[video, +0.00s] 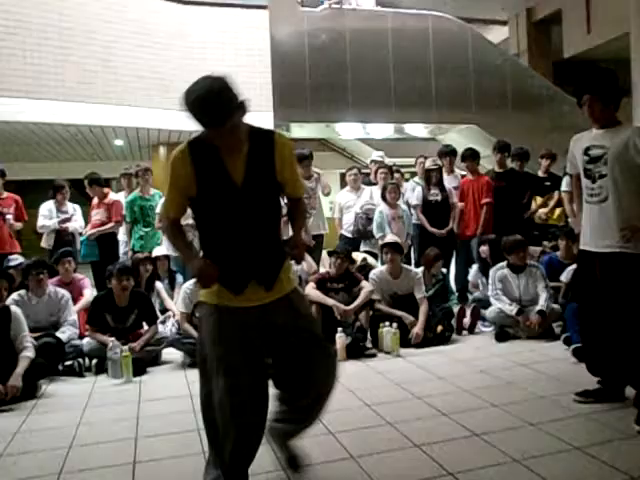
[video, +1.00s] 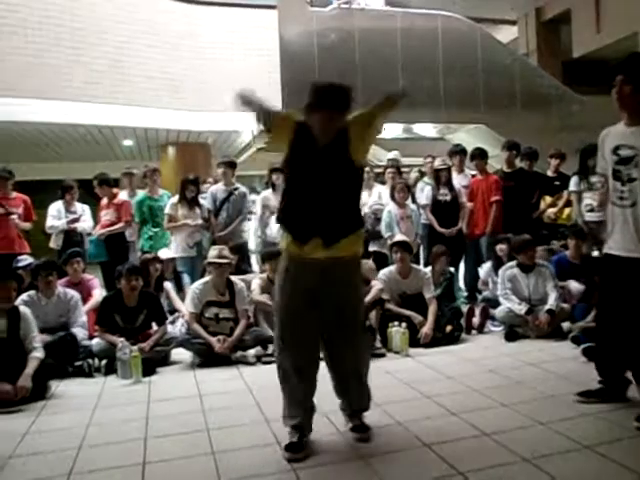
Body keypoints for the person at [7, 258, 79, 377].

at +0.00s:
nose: (41, 277)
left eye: (43, 273)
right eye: (36, 274)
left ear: (48, 277)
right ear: (27, 280)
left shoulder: (62, 296)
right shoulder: (16, 300)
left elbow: (72, 327)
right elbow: (12, 330)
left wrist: (54, 339)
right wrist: (28, 337)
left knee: (46, 345)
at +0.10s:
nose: (41, 277)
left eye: (43, 273)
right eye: (36, 274)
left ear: (48, 277)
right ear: (27, 280)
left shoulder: (62, 296)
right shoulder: (16, 300)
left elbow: (72, 327)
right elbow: (11, 330)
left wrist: (54, 339)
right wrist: (28, 337)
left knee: (44, 345)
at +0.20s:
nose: (41, 277)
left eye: (43, 274)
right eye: (36, 274)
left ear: (48, 277)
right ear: (27, 280)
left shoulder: (61, 296)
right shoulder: (17, 300)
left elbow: (72, 326)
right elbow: (10, 328)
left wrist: (56, 341)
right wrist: (25, 338)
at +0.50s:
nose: (39, 278)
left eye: (42, 274)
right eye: (34, 275)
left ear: (47, 277)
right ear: (26, 280)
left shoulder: (60, 296)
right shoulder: (15, 300)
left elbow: (70, 325)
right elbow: (9, 327)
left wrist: (61, 340)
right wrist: (21, 336)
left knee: (74, 349)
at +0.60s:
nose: (39, 278)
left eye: (41, 274)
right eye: (34, 275)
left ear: (47, 277)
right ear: (26, 280)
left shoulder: (61, 296)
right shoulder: (15, 300)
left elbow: (71, 326)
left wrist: (59, 340)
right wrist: (21, 337)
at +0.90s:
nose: (41, 280)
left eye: (44, 275)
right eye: (36, 277)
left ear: (50, 277)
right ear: (29, 282)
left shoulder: (65, 297)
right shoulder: (18, 302)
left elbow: (75, 330)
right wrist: (29, 338)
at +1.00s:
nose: (49, 279)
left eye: (51, 275)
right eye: (44, 276)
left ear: (57, 277)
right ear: (36, 281)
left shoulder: (71, 297)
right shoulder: (26, 301)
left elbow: (82, 331)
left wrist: (52, 338)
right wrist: (35, 338)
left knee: (70, 339)